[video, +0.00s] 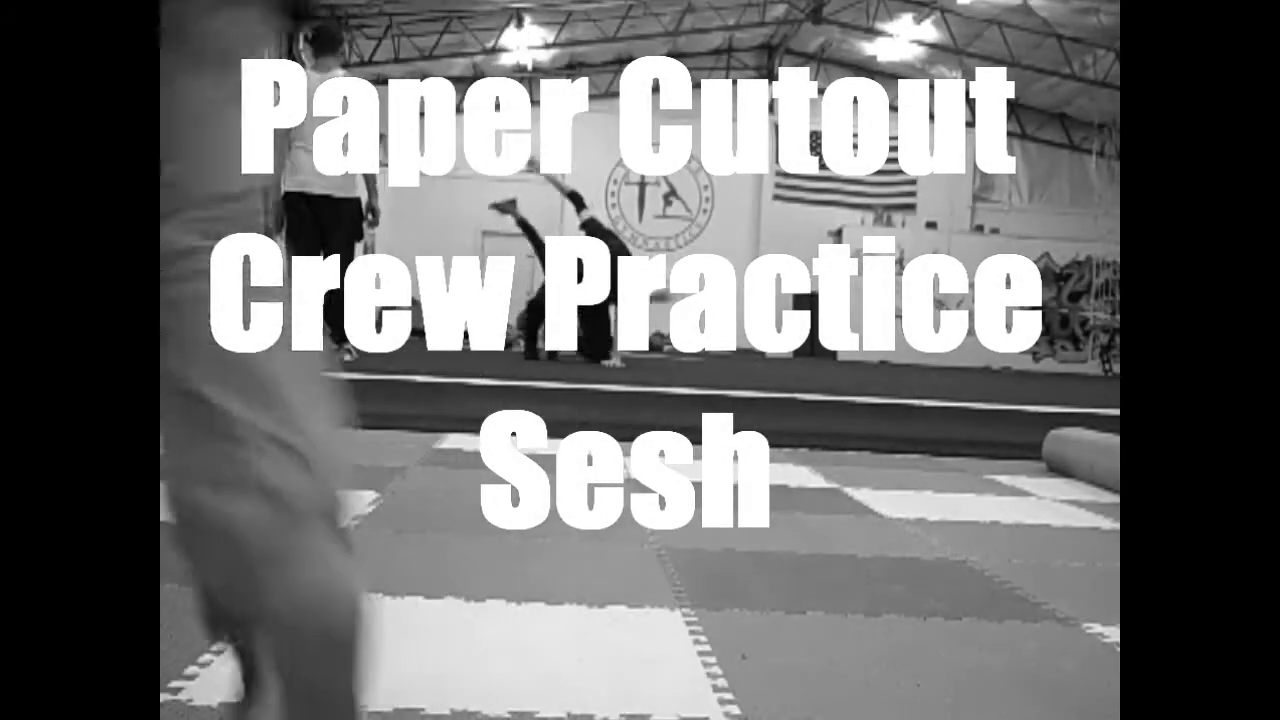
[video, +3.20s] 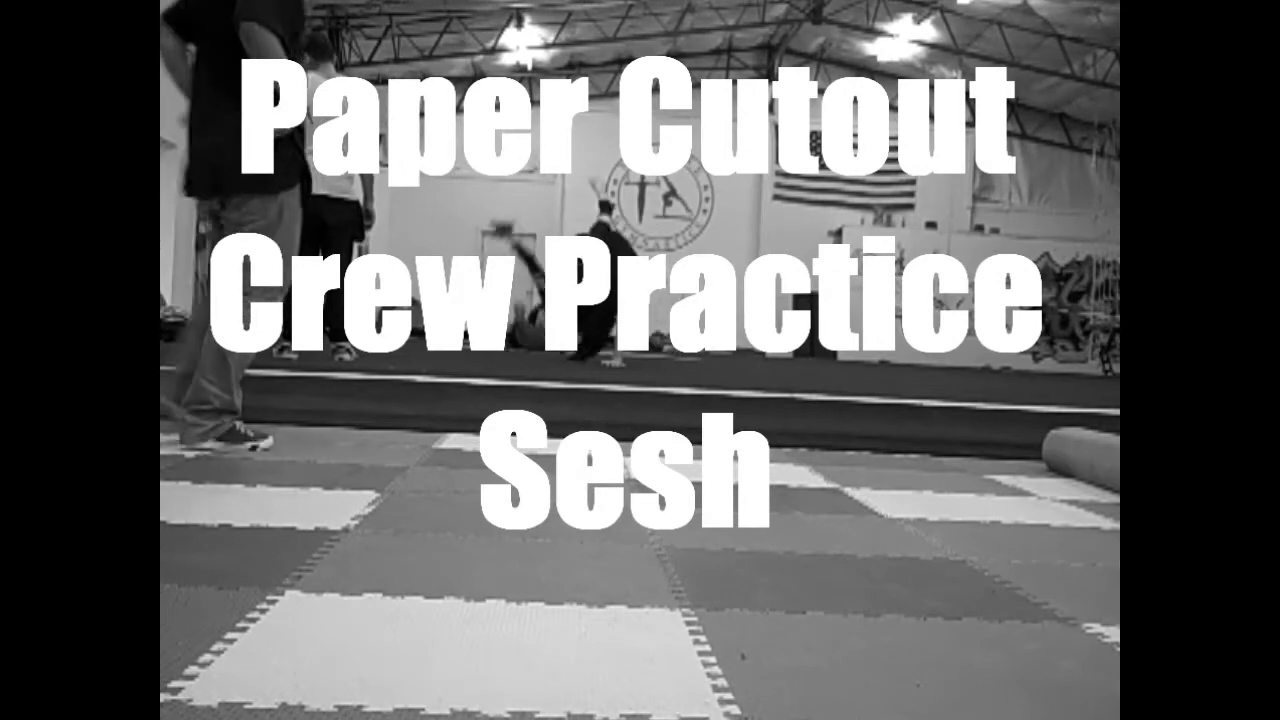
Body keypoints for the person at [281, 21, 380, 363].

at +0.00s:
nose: (303, 52)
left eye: (304, 46)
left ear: (308, 48)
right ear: (345, 49)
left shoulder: (295, 84)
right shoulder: (356, 88)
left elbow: (280, 146)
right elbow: (366, 149)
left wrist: (275, 199)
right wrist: (373, 197)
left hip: (299, 195)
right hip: (344, 195)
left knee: (301, 272)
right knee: (342, 272)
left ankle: (300, 342)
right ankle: (343, 343)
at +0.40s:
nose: (327, 63)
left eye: (327, 57)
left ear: (331, 55)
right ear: (362, 54)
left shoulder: (316, 87)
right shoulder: (379, 92)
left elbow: (288, 128)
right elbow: (390, 153)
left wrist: (291, 154)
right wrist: (395, 202)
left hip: (317, 203)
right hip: (358, 205)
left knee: (299, 272)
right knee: (350, 278)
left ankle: (293, 335)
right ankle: (342, 343)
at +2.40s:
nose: (301, 62)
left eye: (300, 57)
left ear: (303, 57)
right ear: (333, 56)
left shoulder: (292, 86)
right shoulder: (351, 90)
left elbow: (274, 141)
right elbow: (362, 152)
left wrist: (284, 164)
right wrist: (366, 201)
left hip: (298, 196)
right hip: (340, 196)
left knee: (295, 272)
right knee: (339, 274)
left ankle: (289, 341)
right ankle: (341, 343)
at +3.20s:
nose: (305, 65)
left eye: (304, 60)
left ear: (306, 58)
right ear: (334, 59)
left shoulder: (301, 86)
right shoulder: (351, 90)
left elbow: (288, 141)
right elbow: (364, 152)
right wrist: (368, 200)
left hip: (308, 194)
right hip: (343, 196)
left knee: (298, 267)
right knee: (340, 270)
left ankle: (289, 339)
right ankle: (340, 341)